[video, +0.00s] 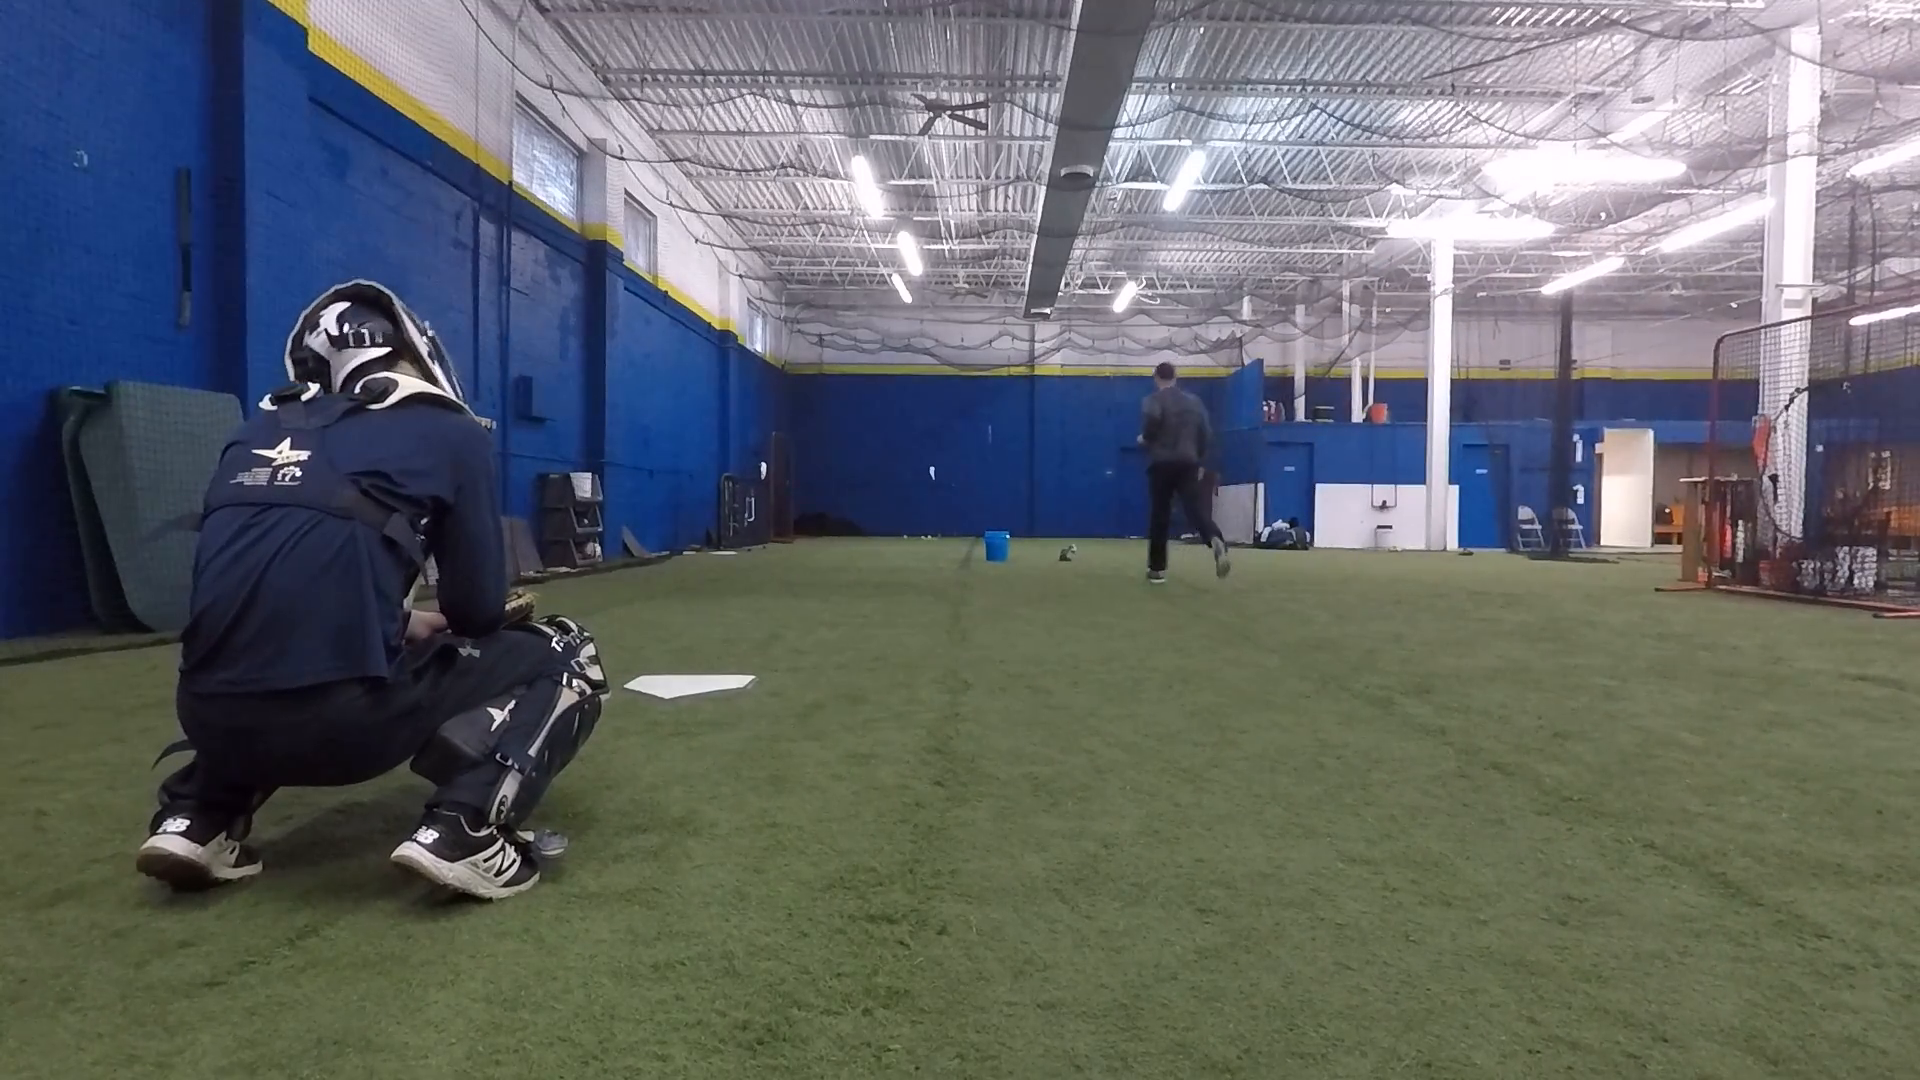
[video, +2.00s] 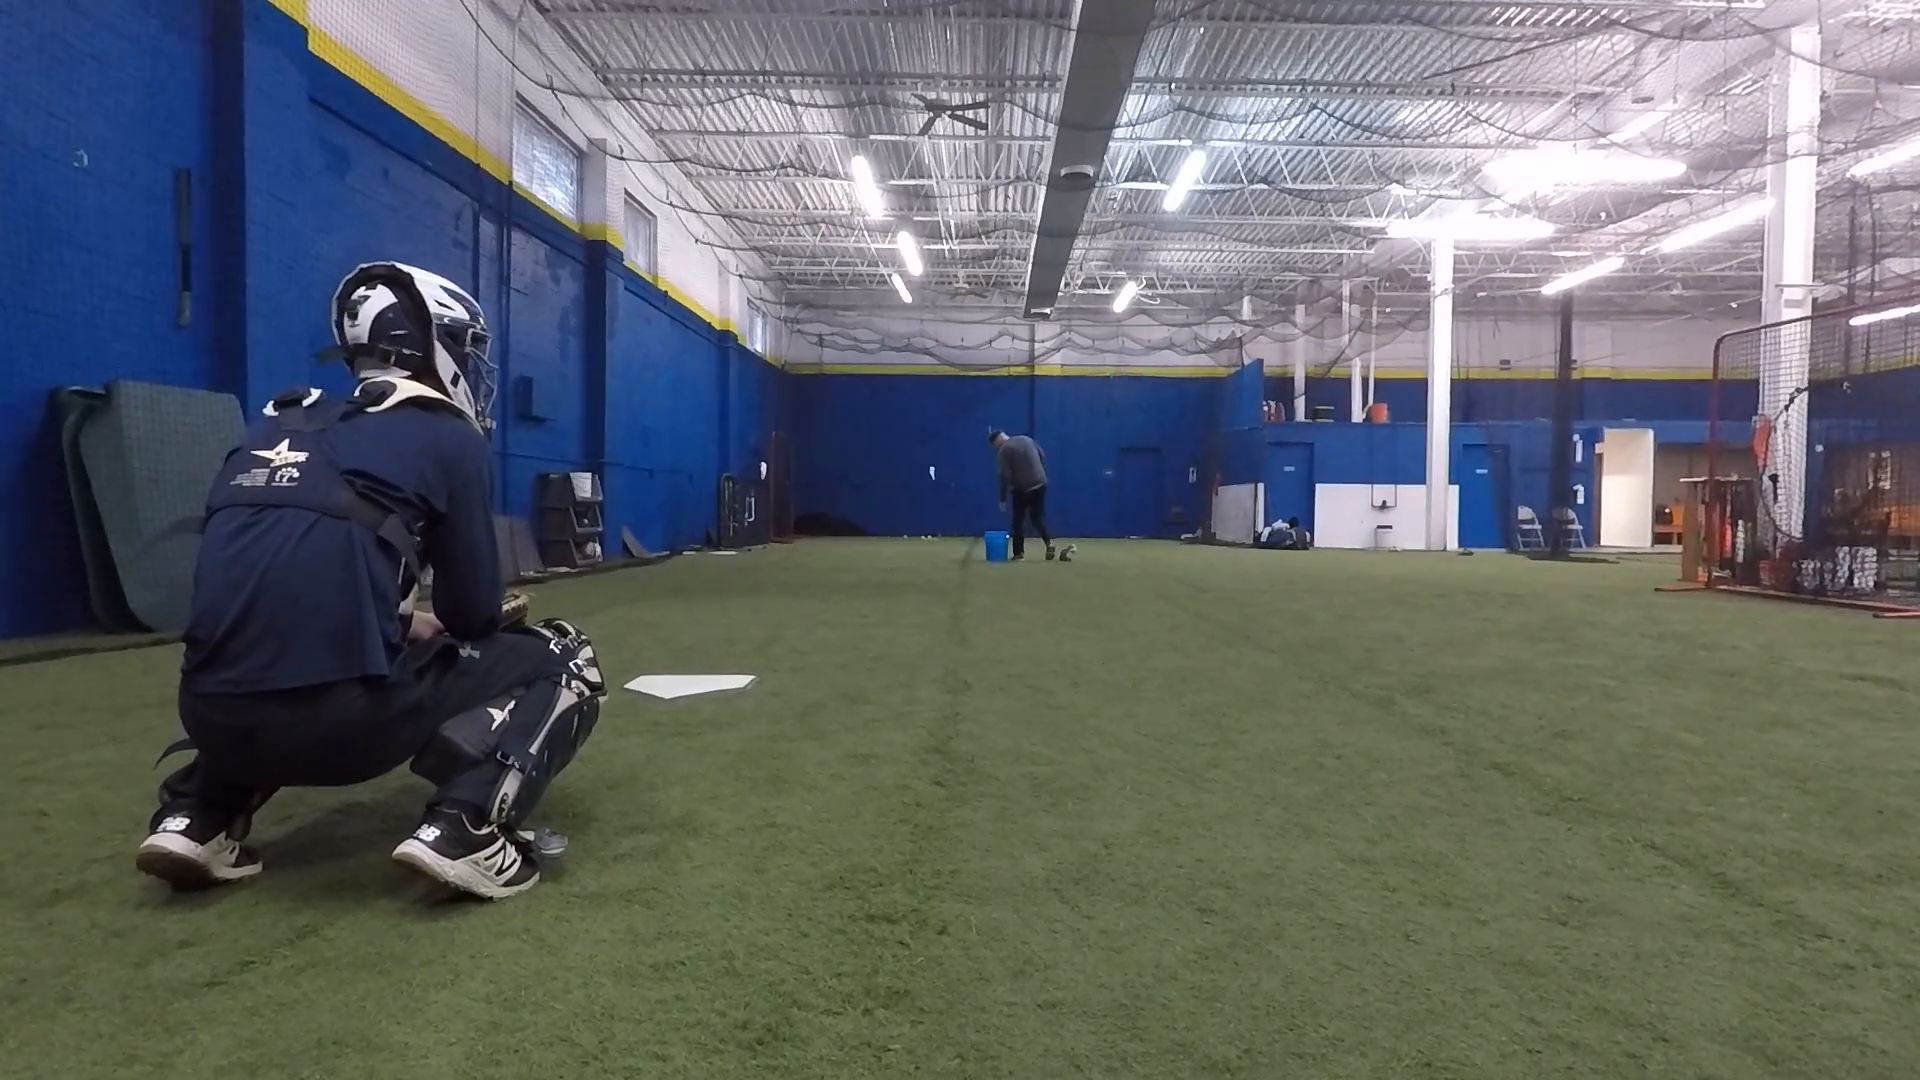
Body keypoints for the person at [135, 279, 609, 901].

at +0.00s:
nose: (435, 356)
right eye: (426, 346)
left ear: (306, 371)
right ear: (414, 353)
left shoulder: (255, 430)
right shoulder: (450, 430)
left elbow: (256, 588)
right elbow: (479, 610)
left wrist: (404, 623)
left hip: (219, 722)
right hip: (347, 724)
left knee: (277, 630)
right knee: (568, 654)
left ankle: (197, 817)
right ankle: (464, 827)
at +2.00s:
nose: (476, 368)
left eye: (475, 350)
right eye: (468, 348)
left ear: (360, 352)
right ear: (436, 346)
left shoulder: (276, 423)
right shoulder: (449, 437)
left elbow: (264, 586)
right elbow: (472, 613)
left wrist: (400, 624)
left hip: (221, 722)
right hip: (345, 725)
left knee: (286, 630)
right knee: (566, 659)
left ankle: (196, 816)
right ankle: (466, 825)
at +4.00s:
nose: (488, 348)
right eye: (483, 334)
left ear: (369, 338)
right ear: (472, 342)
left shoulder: (295, 415)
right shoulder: (502, 439)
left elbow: (259, 554)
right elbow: (513, 598)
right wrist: (448, 636)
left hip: (252, 685)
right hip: (397, 693)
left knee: (283, 629)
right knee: (572, 665)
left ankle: (202, 827)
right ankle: (459, 823)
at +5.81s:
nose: (566, 342)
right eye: (562, 327)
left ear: (448, 330)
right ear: (550, 335)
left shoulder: (375, 396)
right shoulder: (567, 442)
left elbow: (278, 540)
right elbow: (556, 612)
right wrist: (463, 606)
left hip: (289, 670)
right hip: (430, 691)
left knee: (291, 631)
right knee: (589, 674)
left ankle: (205, 821)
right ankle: (462, 821)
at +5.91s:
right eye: (583, 323)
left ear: (470, 323)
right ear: (575, 335)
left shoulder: (409, 384)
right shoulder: (593, 452)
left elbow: (285, 512)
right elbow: (563, 616)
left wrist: (372, 550)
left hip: (305, 661)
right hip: (447, 688)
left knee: (280, 623)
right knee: (581, 678)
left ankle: (195, 821)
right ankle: (470, 820)